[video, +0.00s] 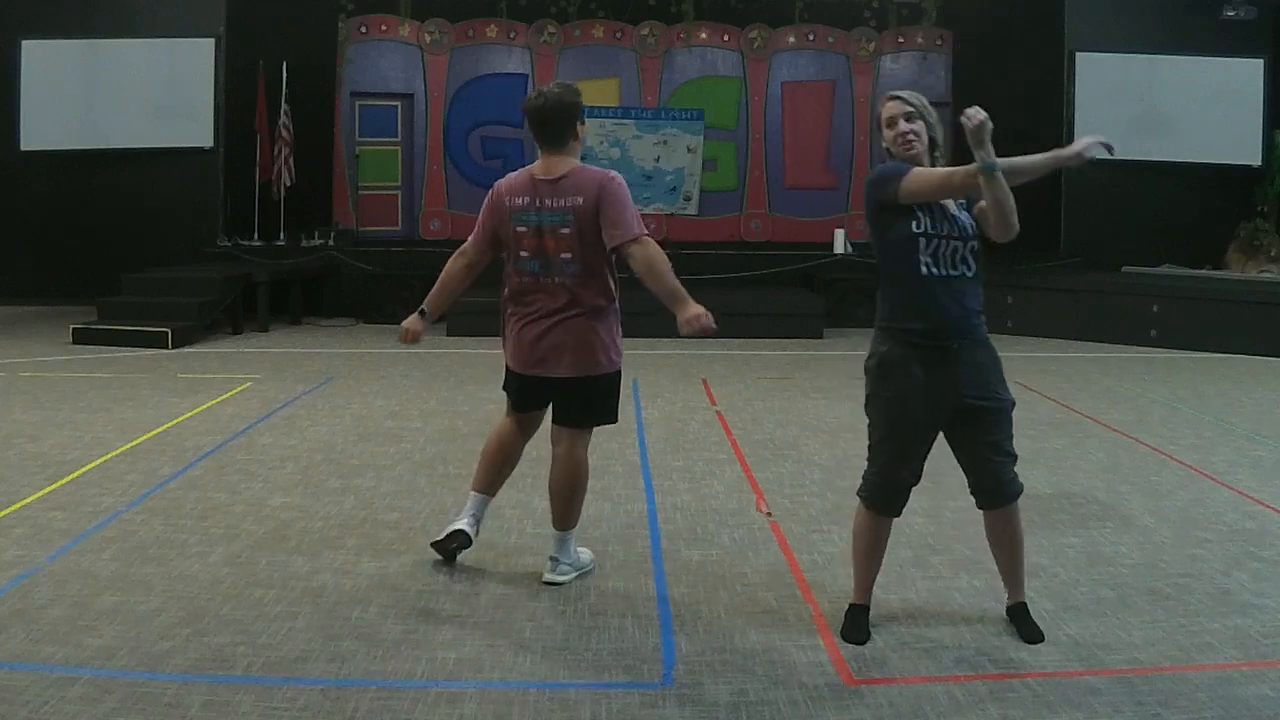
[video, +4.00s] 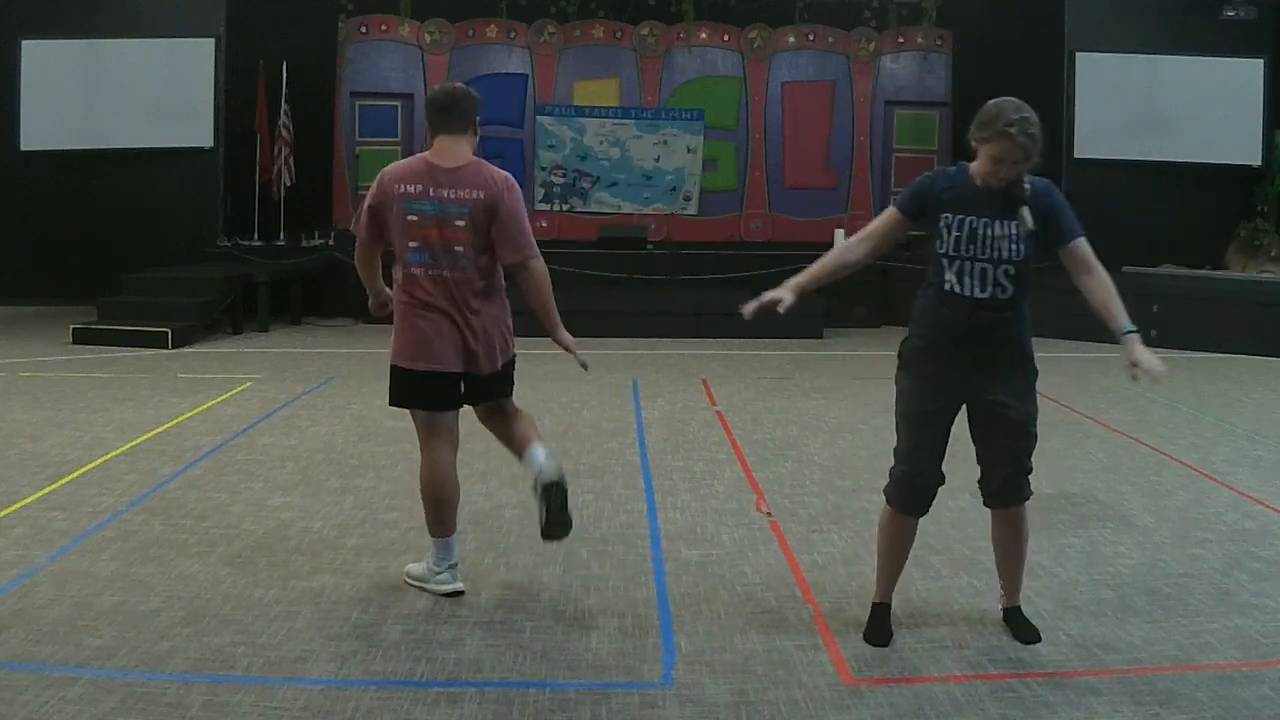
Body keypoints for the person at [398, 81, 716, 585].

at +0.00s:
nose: (586, 128)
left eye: (582, 122)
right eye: (585, 122)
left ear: (531, 130)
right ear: (580, 129)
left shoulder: (505, 191)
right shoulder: (604, 186)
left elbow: (469, 259)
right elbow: (637, 249)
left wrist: (425, 313)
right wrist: (683, 303)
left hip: (526, 343)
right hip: (587, 345)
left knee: (518, 418)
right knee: (571, 441)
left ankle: (468, 519)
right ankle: (563, 554)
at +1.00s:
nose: (611, 153)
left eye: (610, 145)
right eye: (600, 146)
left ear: (584, 159)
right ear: (570, 159)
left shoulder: (578, 194)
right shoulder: (580, 210)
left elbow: (629, 214)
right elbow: (623, 276)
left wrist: (684, 212)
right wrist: (649, 228)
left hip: (522, 348)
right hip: (567, 354)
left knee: (499, 446)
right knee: (603, 444)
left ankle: (415, 527)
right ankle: (566, 553)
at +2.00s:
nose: (540, 135)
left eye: (543, 126)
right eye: (529, 126)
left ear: (540, 130)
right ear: (500, 134)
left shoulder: (483, 181)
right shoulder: (513, 192)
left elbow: (520, 259)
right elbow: (523, 278)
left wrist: (560, 299)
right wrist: (549, 348)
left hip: (474, 342)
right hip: (523, 344)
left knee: (460, 446)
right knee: (550, 444)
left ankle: (430, 561)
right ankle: (565, 556)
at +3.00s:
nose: (479, 137)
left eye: (479, 130)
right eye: (480, 130)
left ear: (428, 121)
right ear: (471, 127)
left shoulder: (375, 168)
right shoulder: (478, 182)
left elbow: (343, 239)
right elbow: (516, 243)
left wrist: (338, 299)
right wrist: (552, 299)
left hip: (404, 335)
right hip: (473, 324)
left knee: (414, 447)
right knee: (521, 398)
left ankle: (439, 557)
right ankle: (539, 334)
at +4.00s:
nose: (477, 134)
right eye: (479, 127)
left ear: (428, 127)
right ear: (476, 127)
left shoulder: (392, 179)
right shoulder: (497, 184)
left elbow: (366, 250)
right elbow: (527, 264)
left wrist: (376, 292)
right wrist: (556, 328)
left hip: (421, 339)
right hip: (488, 337)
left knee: (436, 446)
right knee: (497, 408)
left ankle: (443, 565)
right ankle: (542, 465)